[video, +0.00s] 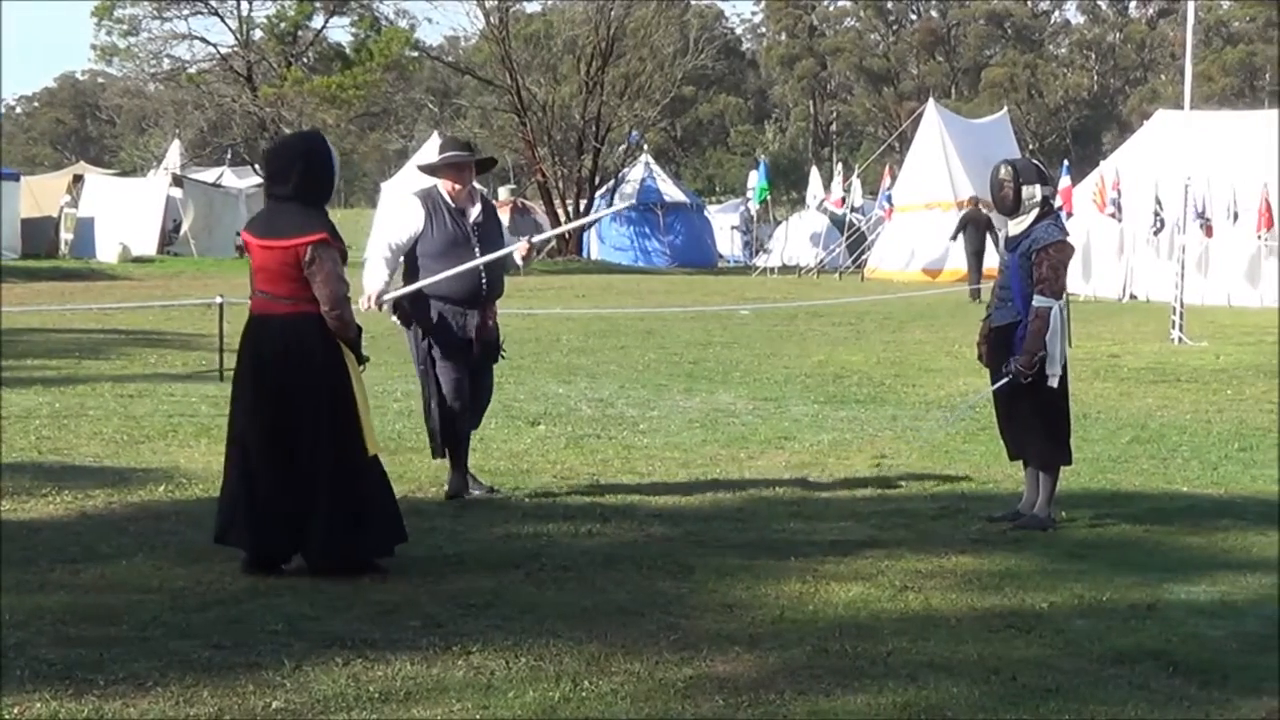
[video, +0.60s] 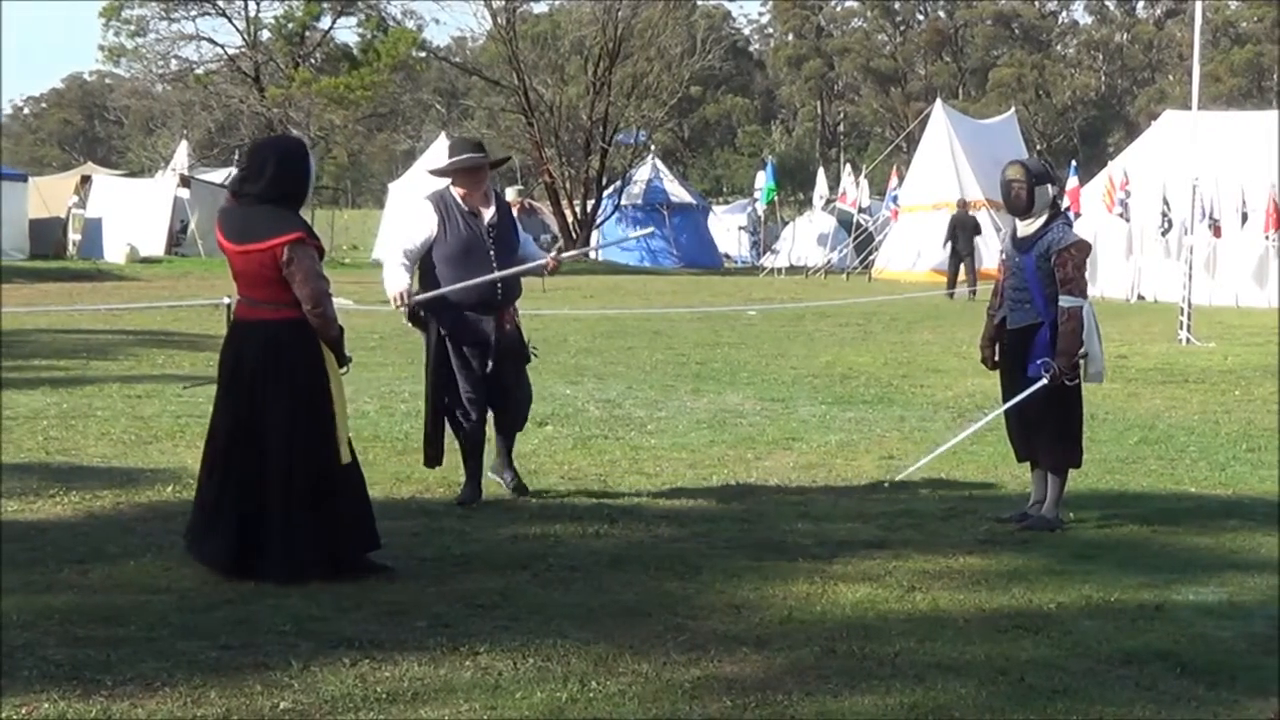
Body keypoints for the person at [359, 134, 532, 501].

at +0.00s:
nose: (457, 176)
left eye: (463, 168)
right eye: (450, 170)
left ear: (474, 170)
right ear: (437, 173)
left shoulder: (484, 204)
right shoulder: (418, 206)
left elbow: (496, 255)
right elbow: (386, 246)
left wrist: (517, 254)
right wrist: (375, 283)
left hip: (481, 313)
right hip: (438, 314)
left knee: (481, 393)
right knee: (454, 396)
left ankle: (457, 463)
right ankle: (460, 477)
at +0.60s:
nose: (473, 178)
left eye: (478, 171)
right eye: (464, 173)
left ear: (488, 170)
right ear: (451, 178)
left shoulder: (500, 204)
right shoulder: (434, 209)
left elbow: (516, 243)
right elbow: (399, 251)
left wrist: (542, 260)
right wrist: (397, 282)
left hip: (503, 317)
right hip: (458, 321)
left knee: (514, 395)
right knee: (467, 403)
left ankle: (503, 461)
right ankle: (472, 482)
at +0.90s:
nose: (483, 178)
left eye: (488, 171)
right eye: (475, 173)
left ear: (499, 171)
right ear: (464, 178)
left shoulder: (517, 209)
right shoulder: (446, 210)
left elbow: (536, 249)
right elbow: (409, 253)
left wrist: (559, 261)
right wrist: (411, 281)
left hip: (512, 319)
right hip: (464, 322)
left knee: (525, 401)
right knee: (469, 405)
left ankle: (549, 479)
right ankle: (473, 483)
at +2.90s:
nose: (495, 180)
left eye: (500, 171)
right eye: (485, 174)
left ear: (510, 171)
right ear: (472, 178)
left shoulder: (532, 210)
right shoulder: (453, 211)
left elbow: (559, 257)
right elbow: (420, 259)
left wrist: (537, 266)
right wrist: (387, 300)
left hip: (522, 324)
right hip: (470, 324)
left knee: (532, 403)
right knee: (484, 406)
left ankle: (548, 481)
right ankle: (497, 482)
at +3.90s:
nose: (492, 183)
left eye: (499, 175)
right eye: (484, 176)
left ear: (513, 175)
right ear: (472, 176)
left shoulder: (533, 213)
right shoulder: (454, 209)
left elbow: (559, 259)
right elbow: (419, 257)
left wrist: (535, 273)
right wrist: (385, 296)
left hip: (521, 326)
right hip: (468, 326)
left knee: (533, 407)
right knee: (484, 412)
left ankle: (550, 481)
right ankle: (496, 483)